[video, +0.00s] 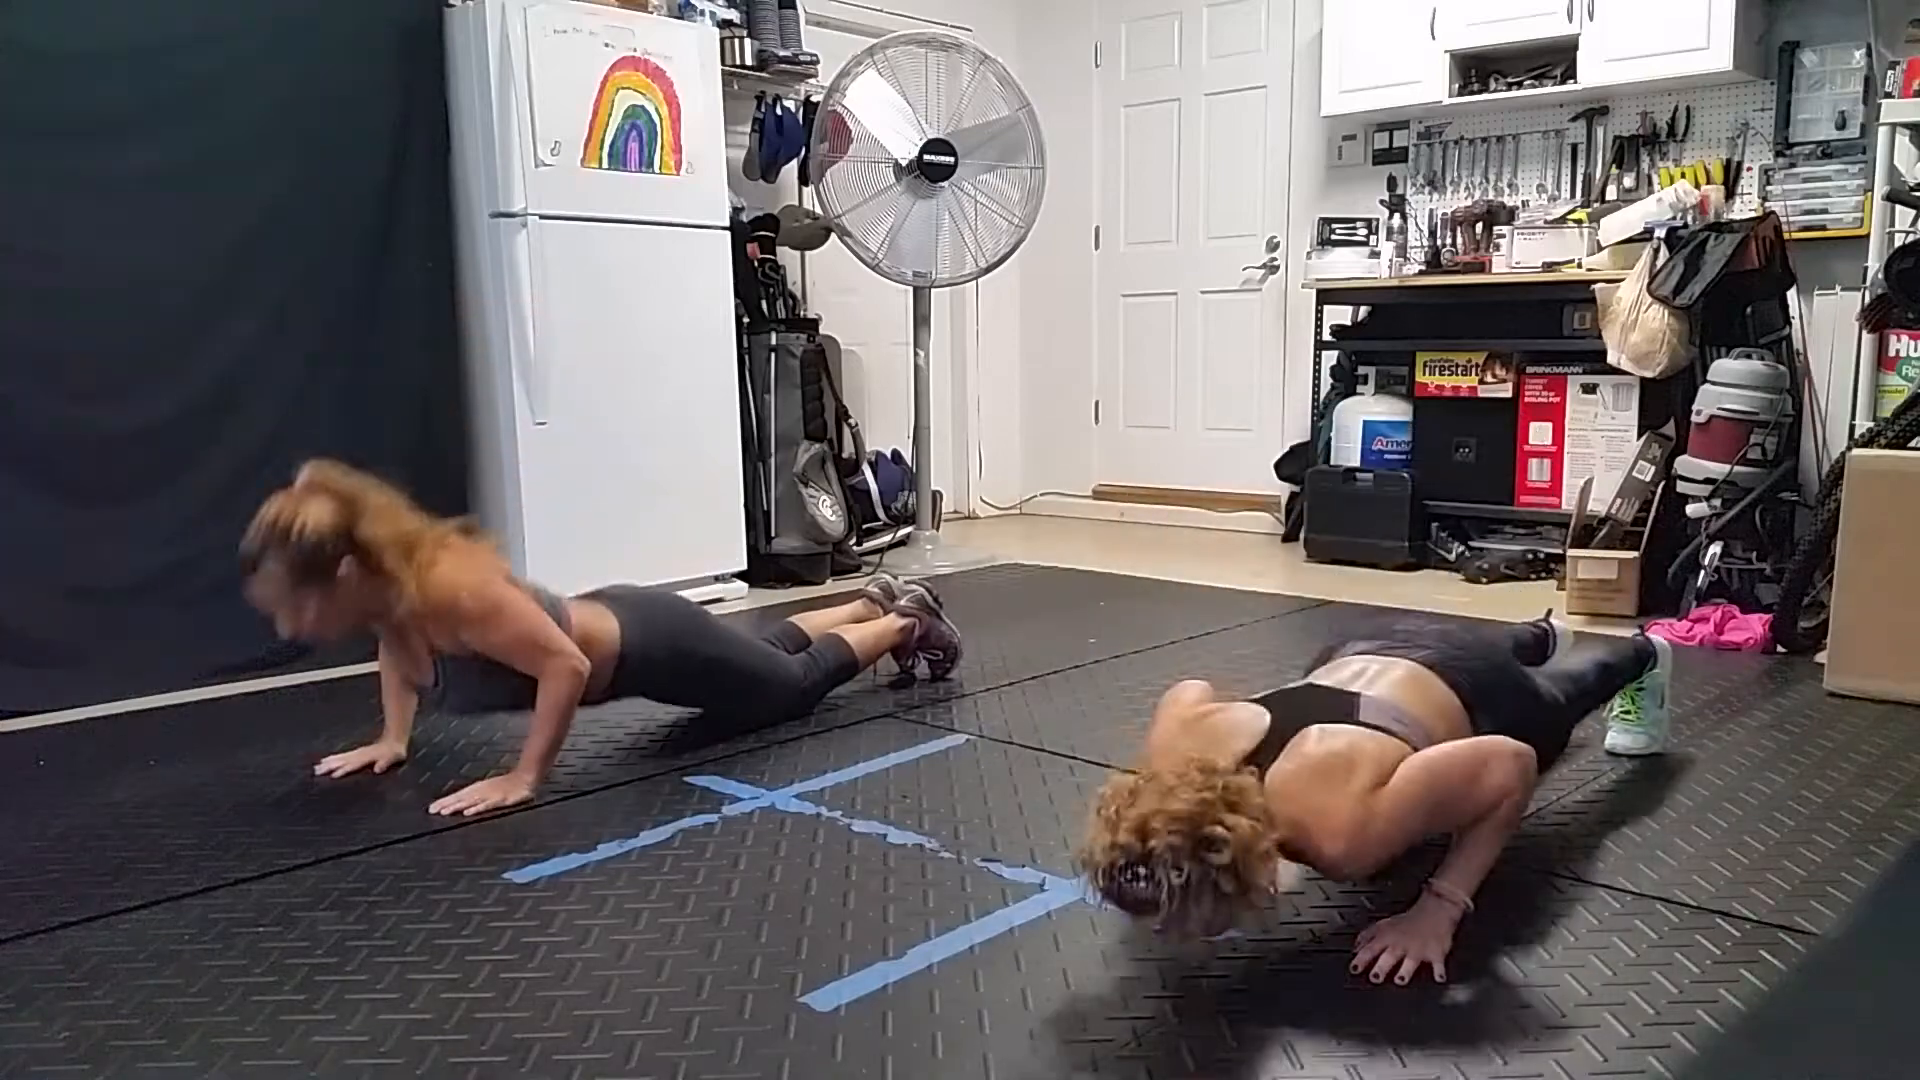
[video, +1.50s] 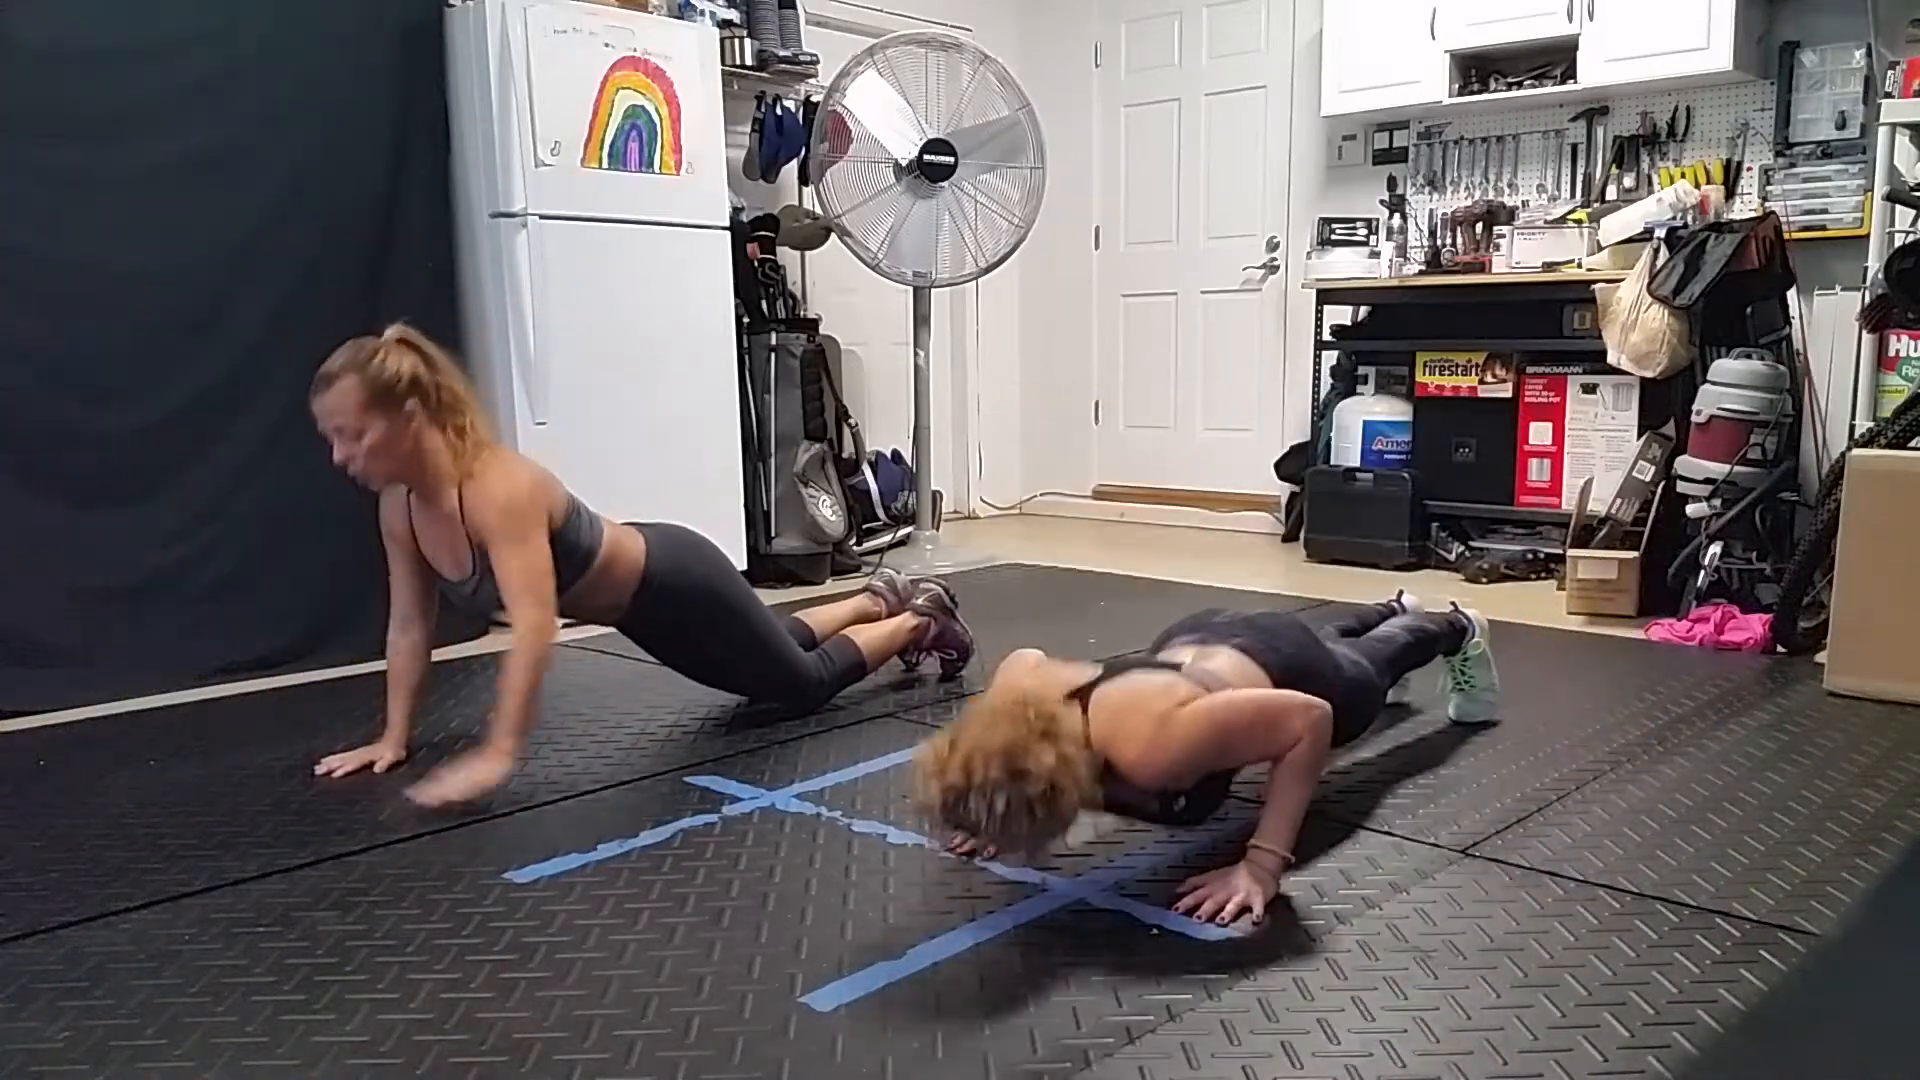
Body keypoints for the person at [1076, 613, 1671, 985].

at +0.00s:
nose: (1186, 938)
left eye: (1189, 922)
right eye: (1168, 928)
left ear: (1225, 868)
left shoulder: (1350, 830)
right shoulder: (1173, 749)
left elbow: (1510, 768)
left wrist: (1440, 906)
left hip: (1463, 690)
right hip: (1366, 642)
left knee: (1563, 685)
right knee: (1481, 637)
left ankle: (1640, 650)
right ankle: (1544, 628)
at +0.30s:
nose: (1145, 736)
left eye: (1144, 721)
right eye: (1138, 725)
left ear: (1183, 704)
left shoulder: (1323, 673)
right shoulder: (1184, 664)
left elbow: (1483, 754)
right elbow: (1172, 737)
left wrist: (1437, 906)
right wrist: (1183, 842)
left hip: (1461, 644)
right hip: (1372, 626)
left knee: (1550, 763)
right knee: (1485, 657)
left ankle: (1623, 650)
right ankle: (1548, 635)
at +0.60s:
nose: (1126, 613)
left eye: (1132, 597)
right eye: (1121, 600)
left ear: (1184, 573)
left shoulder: (1311, 559)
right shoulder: (1148, 571)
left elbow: (1420, 731)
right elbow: (1156, 705)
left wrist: (1430, 903)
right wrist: (1183, 840)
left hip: (1431, 526)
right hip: (1348, 500)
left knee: (1511, 655)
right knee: (1441, 637)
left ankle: (1611, 658)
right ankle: (1522, 690)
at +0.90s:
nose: (1060, 593)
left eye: (1067, 572)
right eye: (1046, 577)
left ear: (1121, 530)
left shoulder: (1218, 506)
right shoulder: (1079, 529)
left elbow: (1297, 683)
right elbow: (1059, 665)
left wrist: (1262, 847)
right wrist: (1028, 799)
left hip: (1347, 471)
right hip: (1281, 504)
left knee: (1415, 552)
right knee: (1352, 583)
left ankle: (1475, 610)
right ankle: (1394, 622)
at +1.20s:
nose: (1019, 821)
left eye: (1022, 811)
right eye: (997, 818)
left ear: (1052, 767)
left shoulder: (1150, 716)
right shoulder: (1020, 674)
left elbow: (1301, 721)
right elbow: (1026, 717)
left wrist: (1258, 862)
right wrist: (1027, 805)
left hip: (1281, 649)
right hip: (1195, 618)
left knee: (1376, 643)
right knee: (1316, 623)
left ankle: (1440, 623)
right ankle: (1385, 606)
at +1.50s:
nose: (971, 849)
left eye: (985, 842)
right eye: (960, 836)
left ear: (1041, 810)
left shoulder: (1162, 744)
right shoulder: (1020, 694)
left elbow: (1308, 725)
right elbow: (1027, 657)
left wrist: (1260, 864)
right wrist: (997, 807)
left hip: (1283, 667)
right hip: (1194, 644)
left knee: (1377, 657)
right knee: (1312, 628)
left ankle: (1442, 622)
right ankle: (1395, 607)